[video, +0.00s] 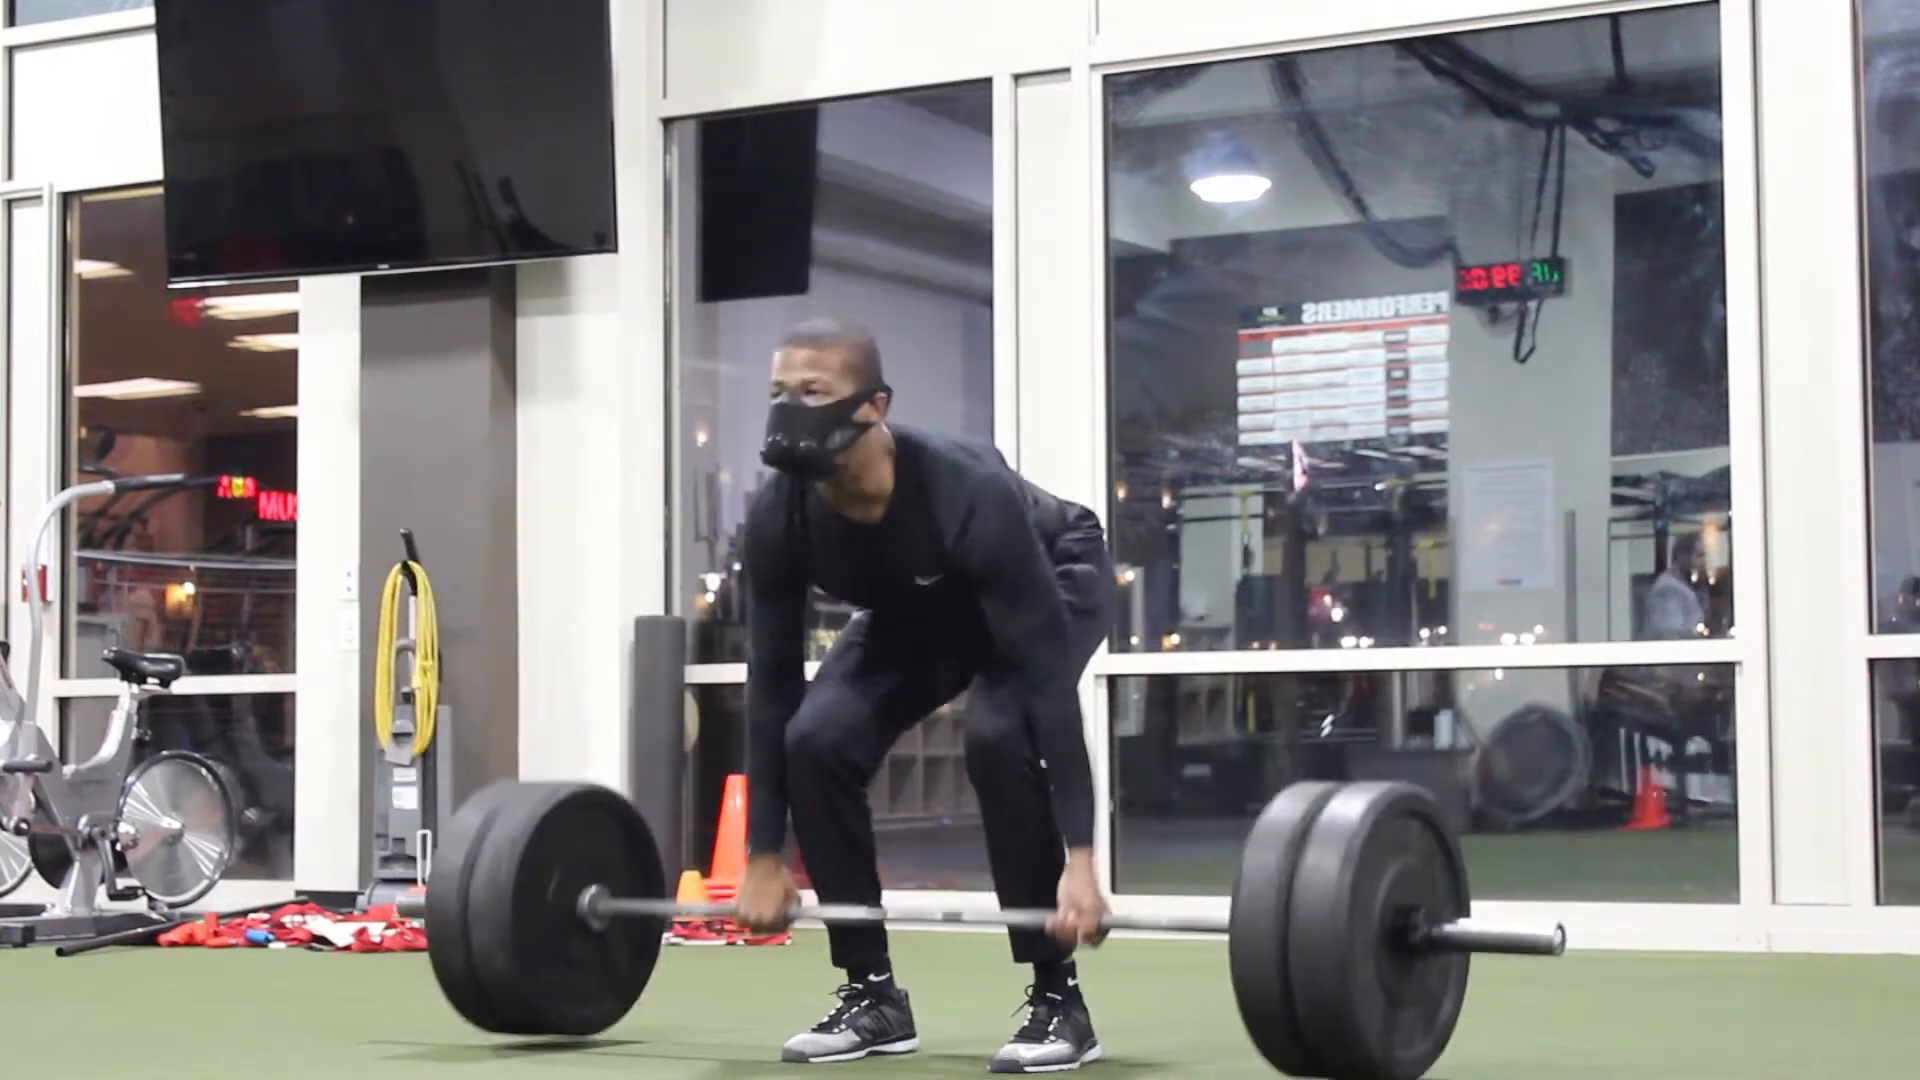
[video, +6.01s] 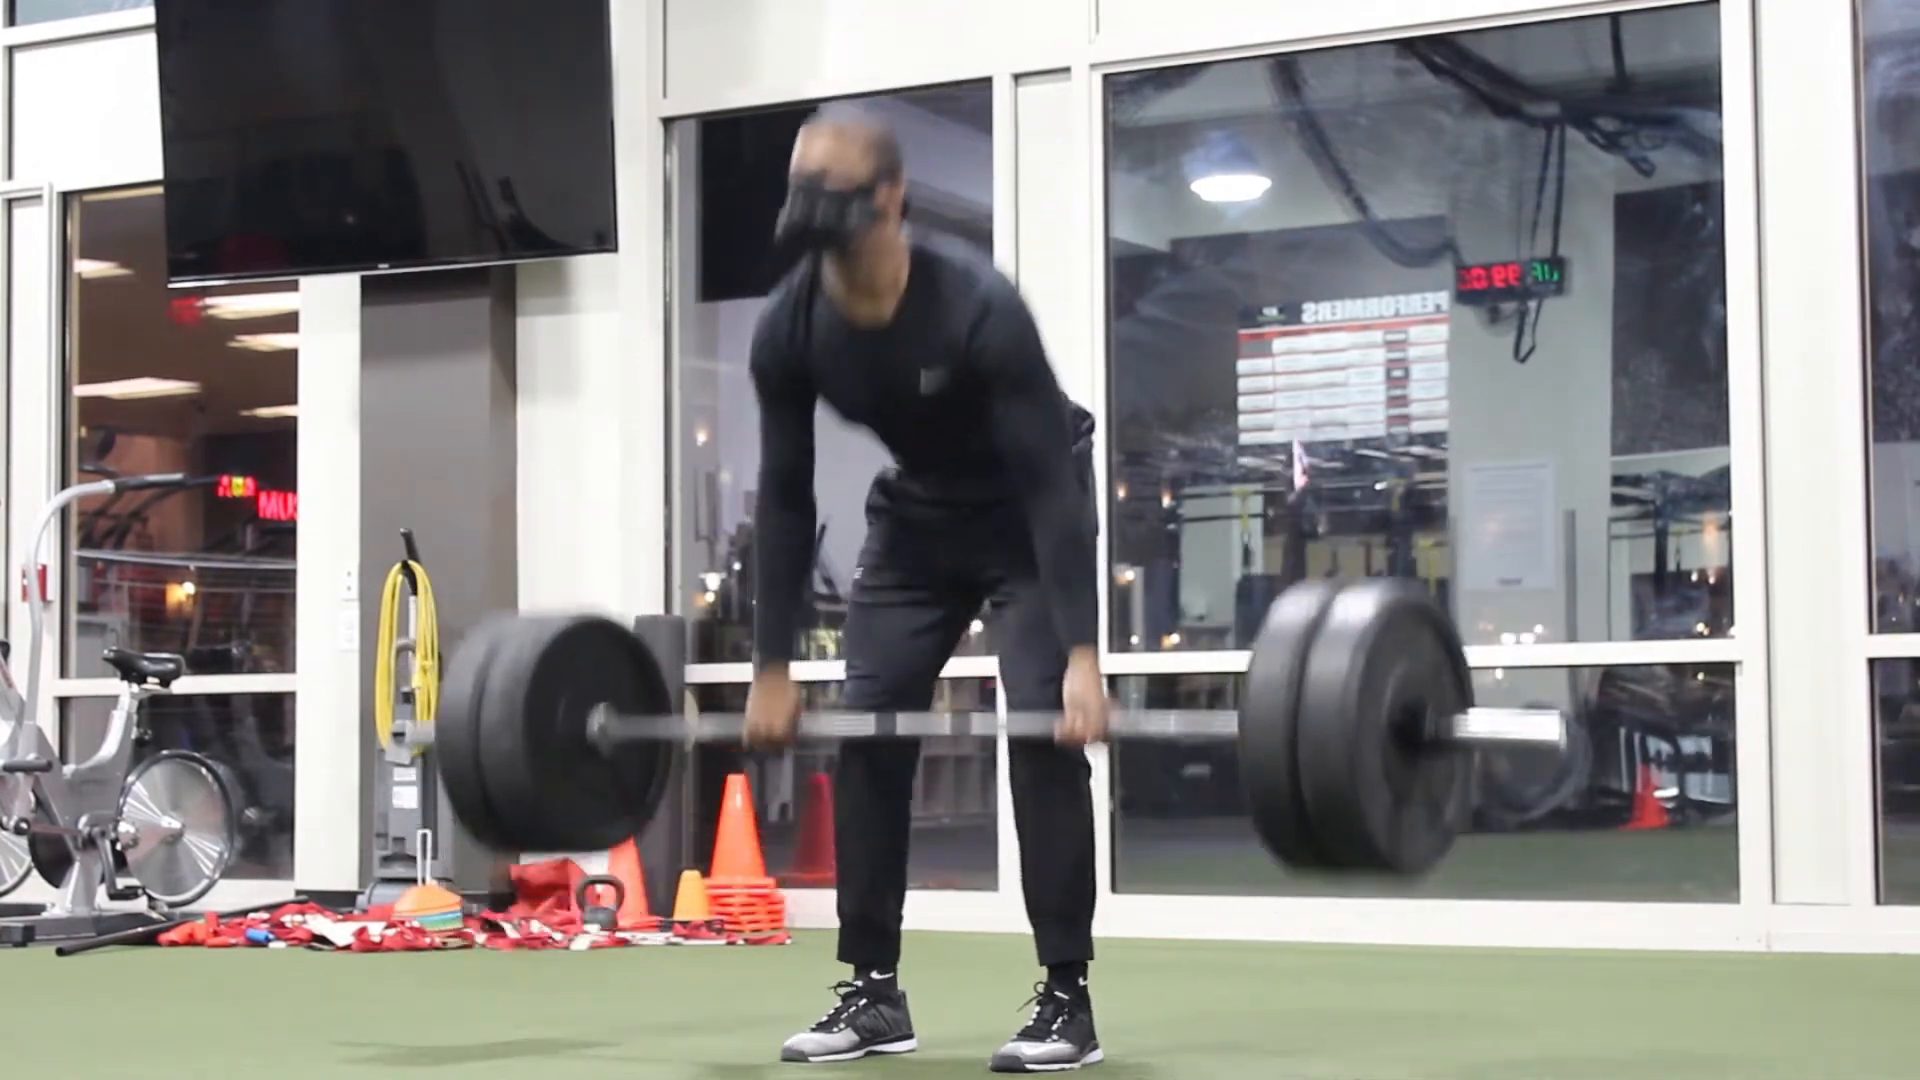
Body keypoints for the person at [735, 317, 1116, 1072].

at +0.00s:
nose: (788, 411)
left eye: (811, 394)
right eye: (779, 393)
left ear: (873, 409)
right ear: (767, 400)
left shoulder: (972, 493)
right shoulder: (776, 517)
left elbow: (1049, 677)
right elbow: (771, 687)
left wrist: (1081, 857)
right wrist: (765, 857)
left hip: (1048, 573)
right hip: (927, 599)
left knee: (998, 739)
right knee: (817, 745)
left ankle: (1057, 1004)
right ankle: (873, 997)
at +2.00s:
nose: (856, 108)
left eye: (877, 90)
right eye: (844, 91)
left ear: (931, 98)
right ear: (832, 103)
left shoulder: (1007, 220)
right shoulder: (816, 240)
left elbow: (1073, 387)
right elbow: (808, 408)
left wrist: (1098, 548)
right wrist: (790, 566)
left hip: (1035, 482)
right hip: (921, 483)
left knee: (1046, 727)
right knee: (900, 731)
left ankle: (1070, 996)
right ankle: (878, 991)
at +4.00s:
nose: (817, 274)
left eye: (841, 259)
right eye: (810, 256)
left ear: (901, 271)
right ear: (799, 258)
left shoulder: (991, 377)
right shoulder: (804, 402)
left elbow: (1054, 567)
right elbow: (793, 578)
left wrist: (1075, 742)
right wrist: (766, 749)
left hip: (1051, 530)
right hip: (939, 544)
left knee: (1041, 729)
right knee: (852, 728)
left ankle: (1065, 1002)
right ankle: (872, 996)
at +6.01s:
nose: (806, 206)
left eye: (830, 190)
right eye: (799, 187)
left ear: (889, 197)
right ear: (788, 191)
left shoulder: (980, 308)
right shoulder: (789, 328)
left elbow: (1051, 479)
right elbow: (785, 497)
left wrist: (1082, 656)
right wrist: (775, 665)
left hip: (1034, 502)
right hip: (919, 509)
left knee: (1041, 733)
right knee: (868, 725)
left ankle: (1065, 998)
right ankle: (873, 992)